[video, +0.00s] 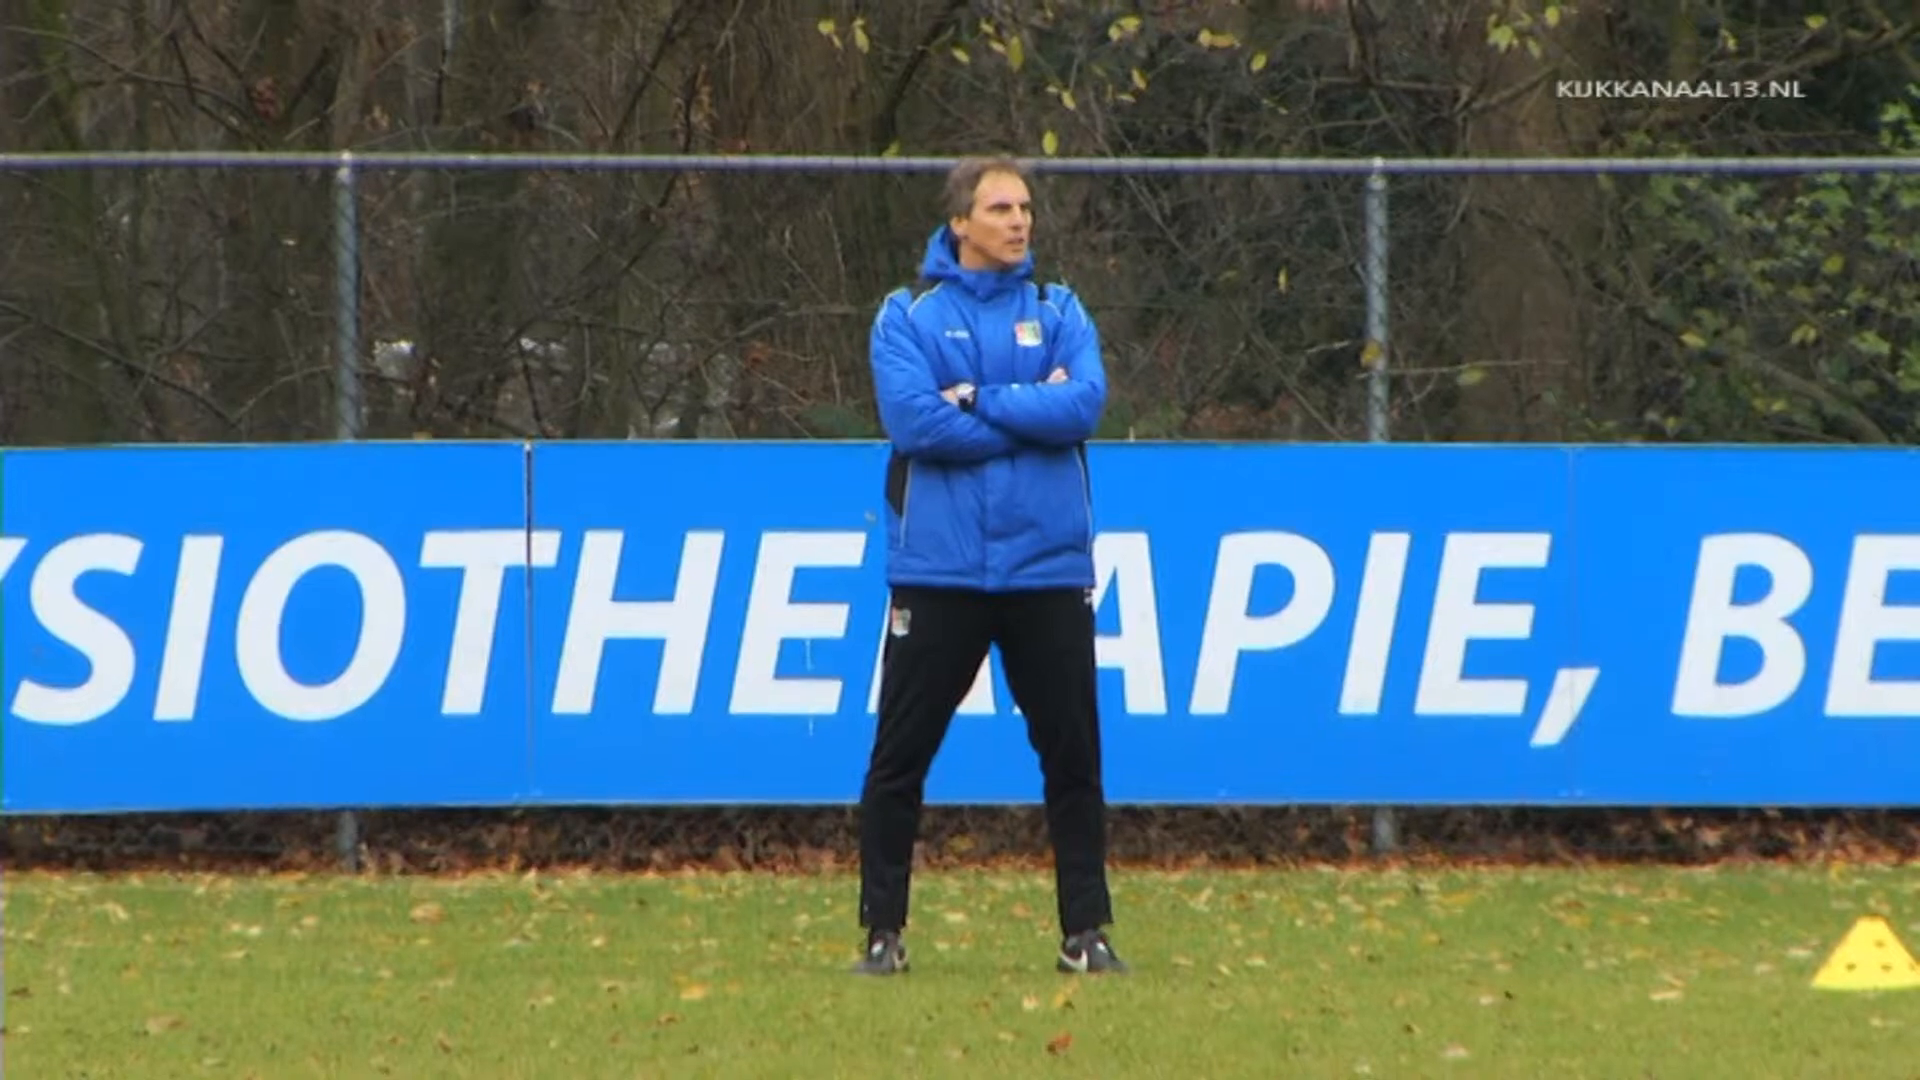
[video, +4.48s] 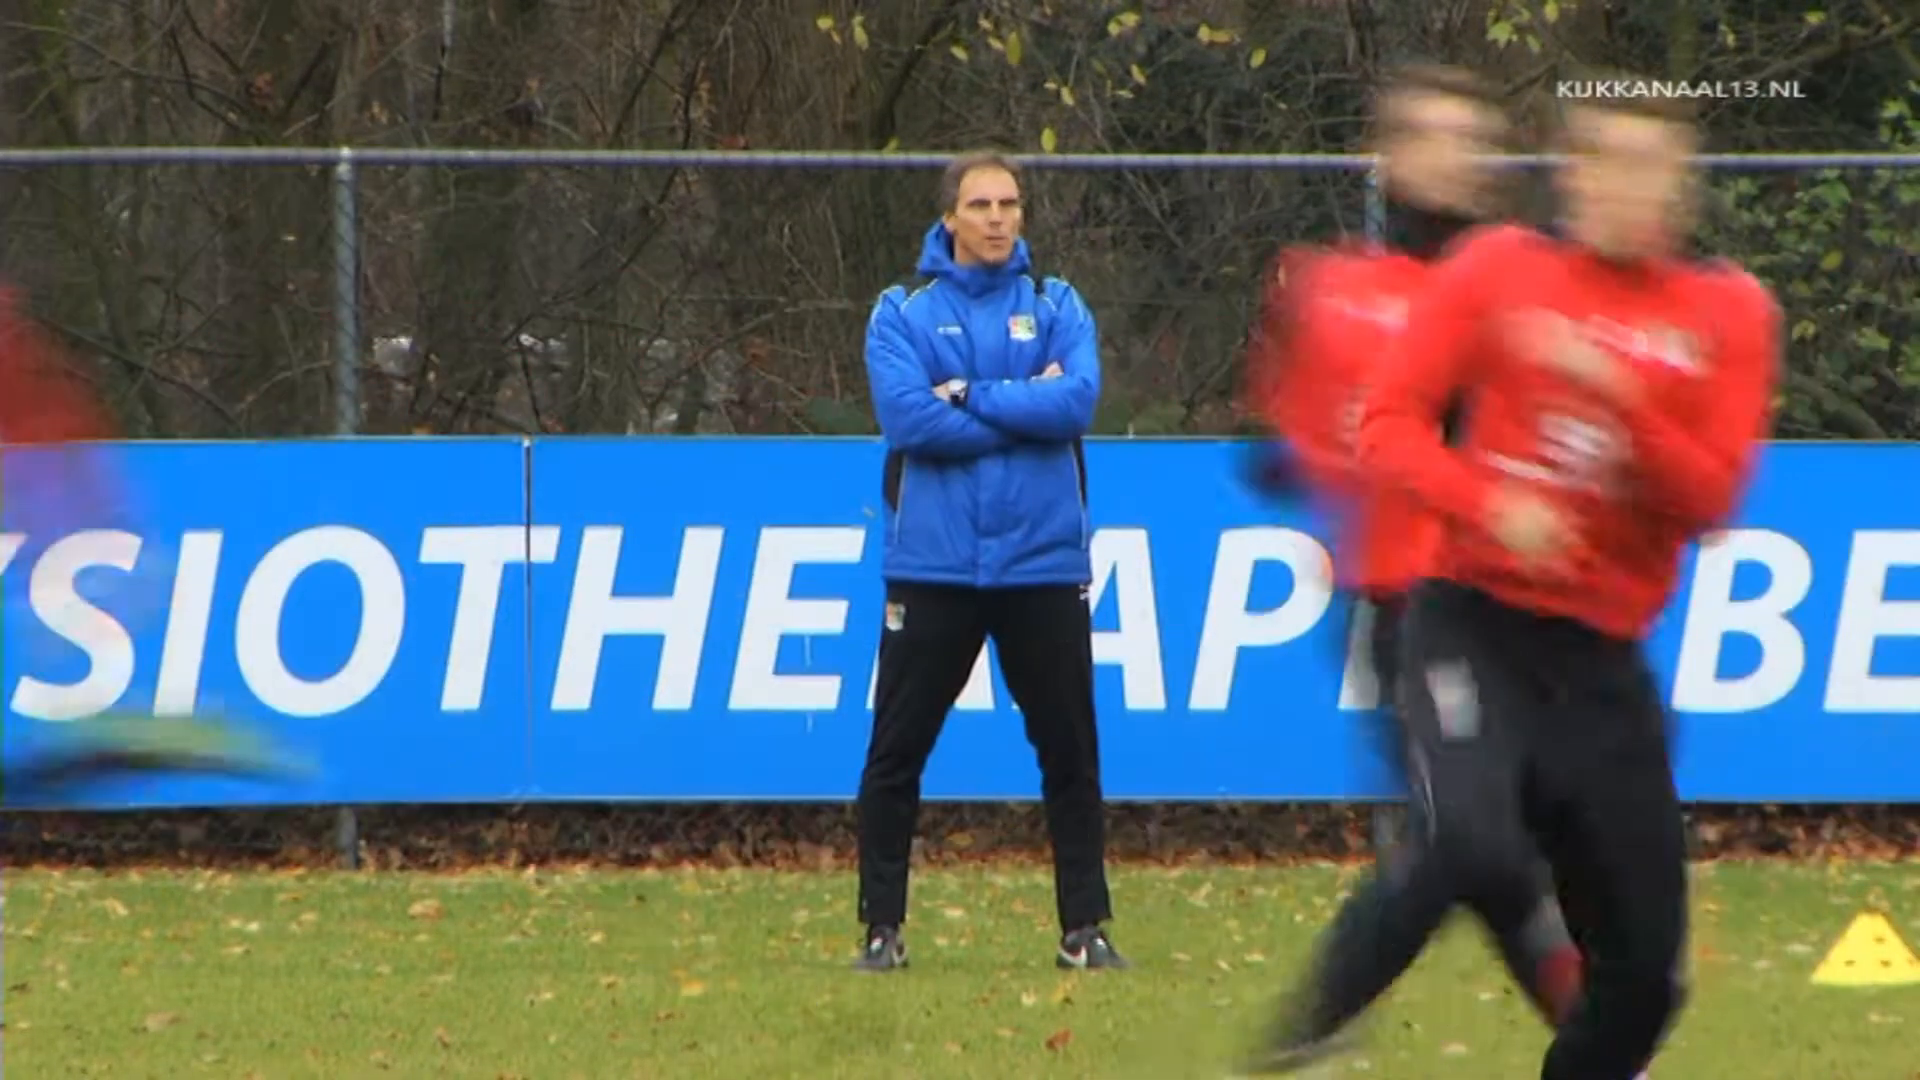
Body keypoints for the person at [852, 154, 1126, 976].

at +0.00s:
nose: (1018, 220)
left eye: (1024, 209)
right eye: (1000, 209)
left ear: (1032, 222)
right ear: (960, 224)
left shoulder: (1059, 309)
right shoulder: (906, 315)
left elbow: (1083, 405)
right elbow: (917, 427)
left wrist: (975, 396)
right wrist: (1026, 418)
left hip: (1049, 571)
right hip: (940, 573)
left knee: (1073, 753)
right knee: (902, 755)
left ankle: (1085, 933)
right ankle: (882, 932)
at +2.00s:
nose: (1018, 213)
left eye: (1023, 201)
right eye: (1000, 202)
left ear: (1029, 216)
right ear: (957, 219)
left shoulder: (1056, 304)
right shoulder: (903, 311)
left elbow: (1080, 401)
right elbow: (917, 424)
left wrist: (971, 391)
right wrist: (1026, 412)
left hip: (1049, 567)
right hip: (940, 570)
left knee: (1073, 751)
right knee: (901, 752)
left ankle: (1085, 931)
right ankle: (882, 929)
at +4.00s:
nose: (1003, 221)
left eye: (1012, 208)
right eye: (986, 209)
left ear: (1024, 218)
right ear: (950, 221)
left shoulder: (1057, 305)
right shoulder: (899, 312)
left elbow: (1075, 401)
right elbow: (912, 425)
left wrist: (964, 392)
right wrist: (1023, 413)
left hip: (1045, 567)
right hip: (937, 570)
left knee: (1071, 751)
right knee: (899, 753)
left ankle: (1085, 930)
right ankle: (882, 929)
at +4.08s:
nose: (1000, 228)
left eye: (1012, 212)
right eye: (984, 213)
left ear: (1032, 218)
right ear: (951, 221)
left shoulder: (1060, 314)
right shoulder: (905, 318)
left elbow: (1094, 421)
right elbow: (915, 437)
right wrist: (993, 344)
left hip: (1044, 567)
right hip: (940, 570)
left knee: (1070, 742)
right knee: (899, 749)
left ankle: (1085, 927)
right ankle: (883, 926)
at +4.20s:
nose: (1001, 221)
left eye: (1012, 207)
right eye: (984, 208)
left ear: (1025, 217)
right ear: (950, 220)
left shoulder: (1057, 304)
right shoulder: (900, 311)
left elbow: (1076, 400)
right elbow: (912, 430)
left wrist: (964, 395)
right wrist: (1023, 411)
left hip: (1048, 566)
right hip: (936, 570)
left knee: (1070, 751)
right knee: (899, 750)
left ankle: (1086, 928)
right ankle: (881, 924)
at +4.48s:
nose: (996, 219)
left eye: (1007, 205)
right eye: (979, 206)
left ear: (1023, 216)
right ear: (950, 218)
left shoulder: (1059, 305)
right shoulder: (900, 312)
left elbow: (1076, 403)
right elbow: (911, 423)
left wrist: (965, 392)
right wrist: (1020, 415)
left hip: (1044, 567)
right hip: (934, 568)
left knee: (1070, 750)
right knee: (898, 751)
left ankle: (1085, 930)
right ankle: (882, 929)